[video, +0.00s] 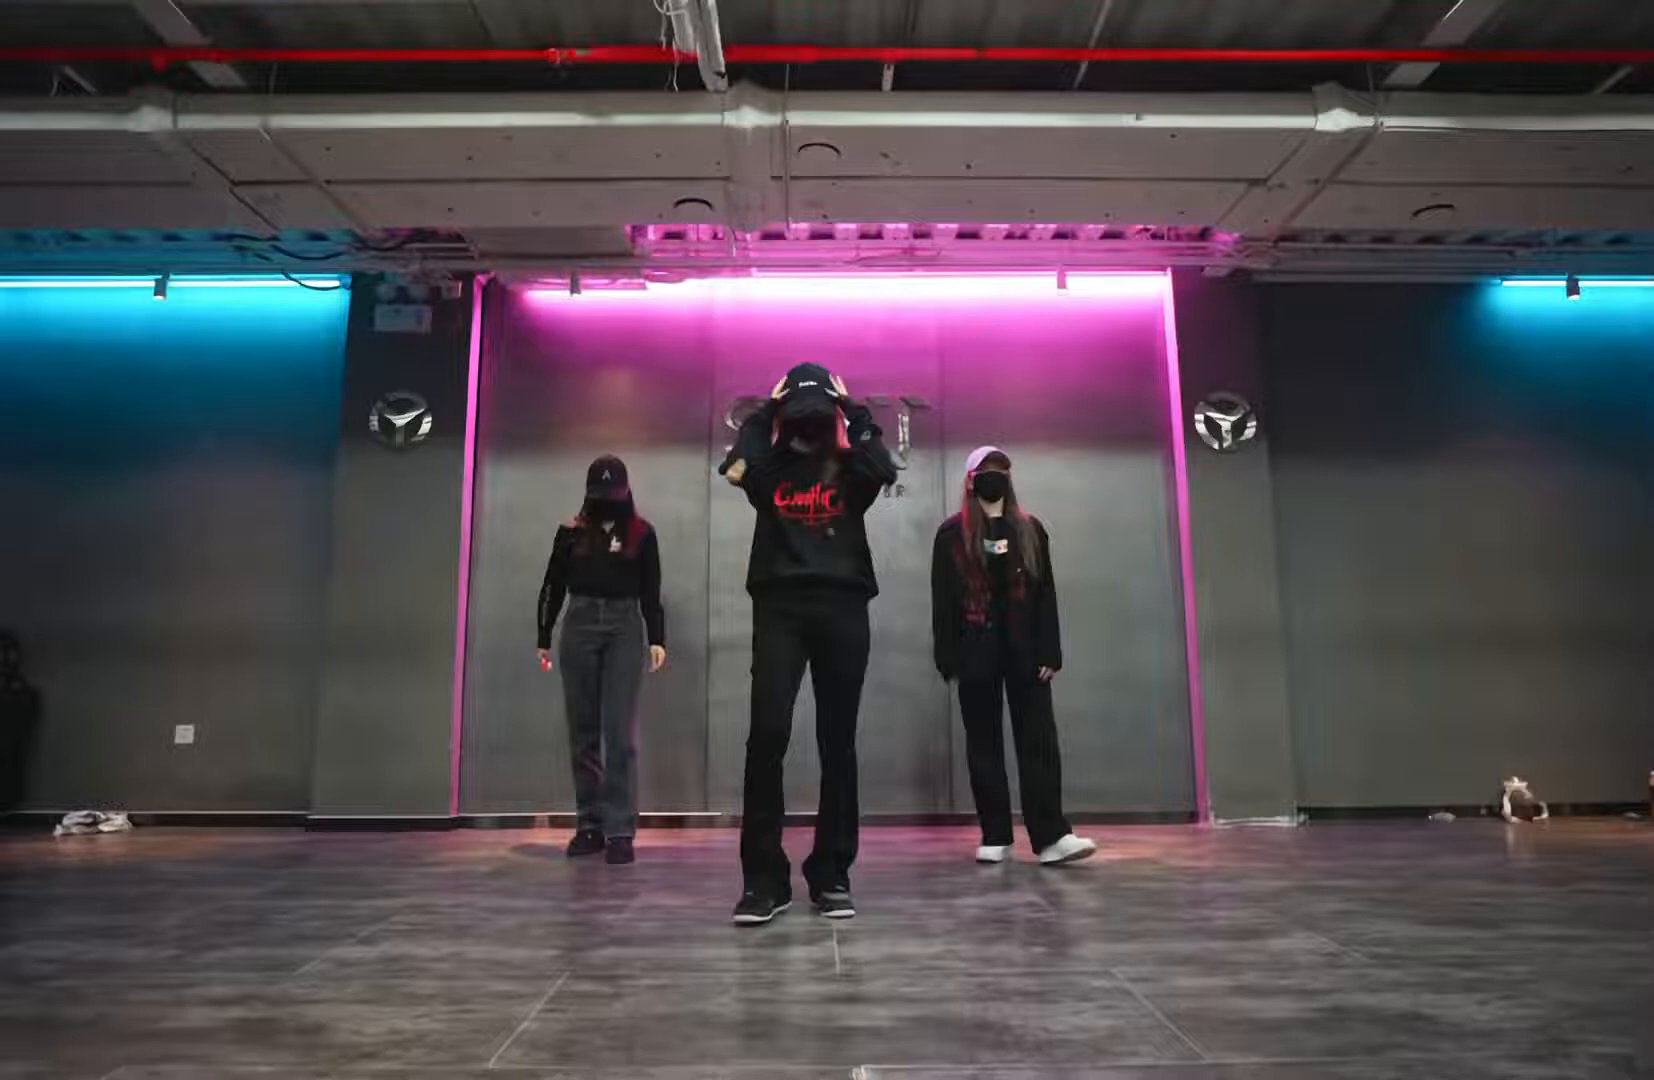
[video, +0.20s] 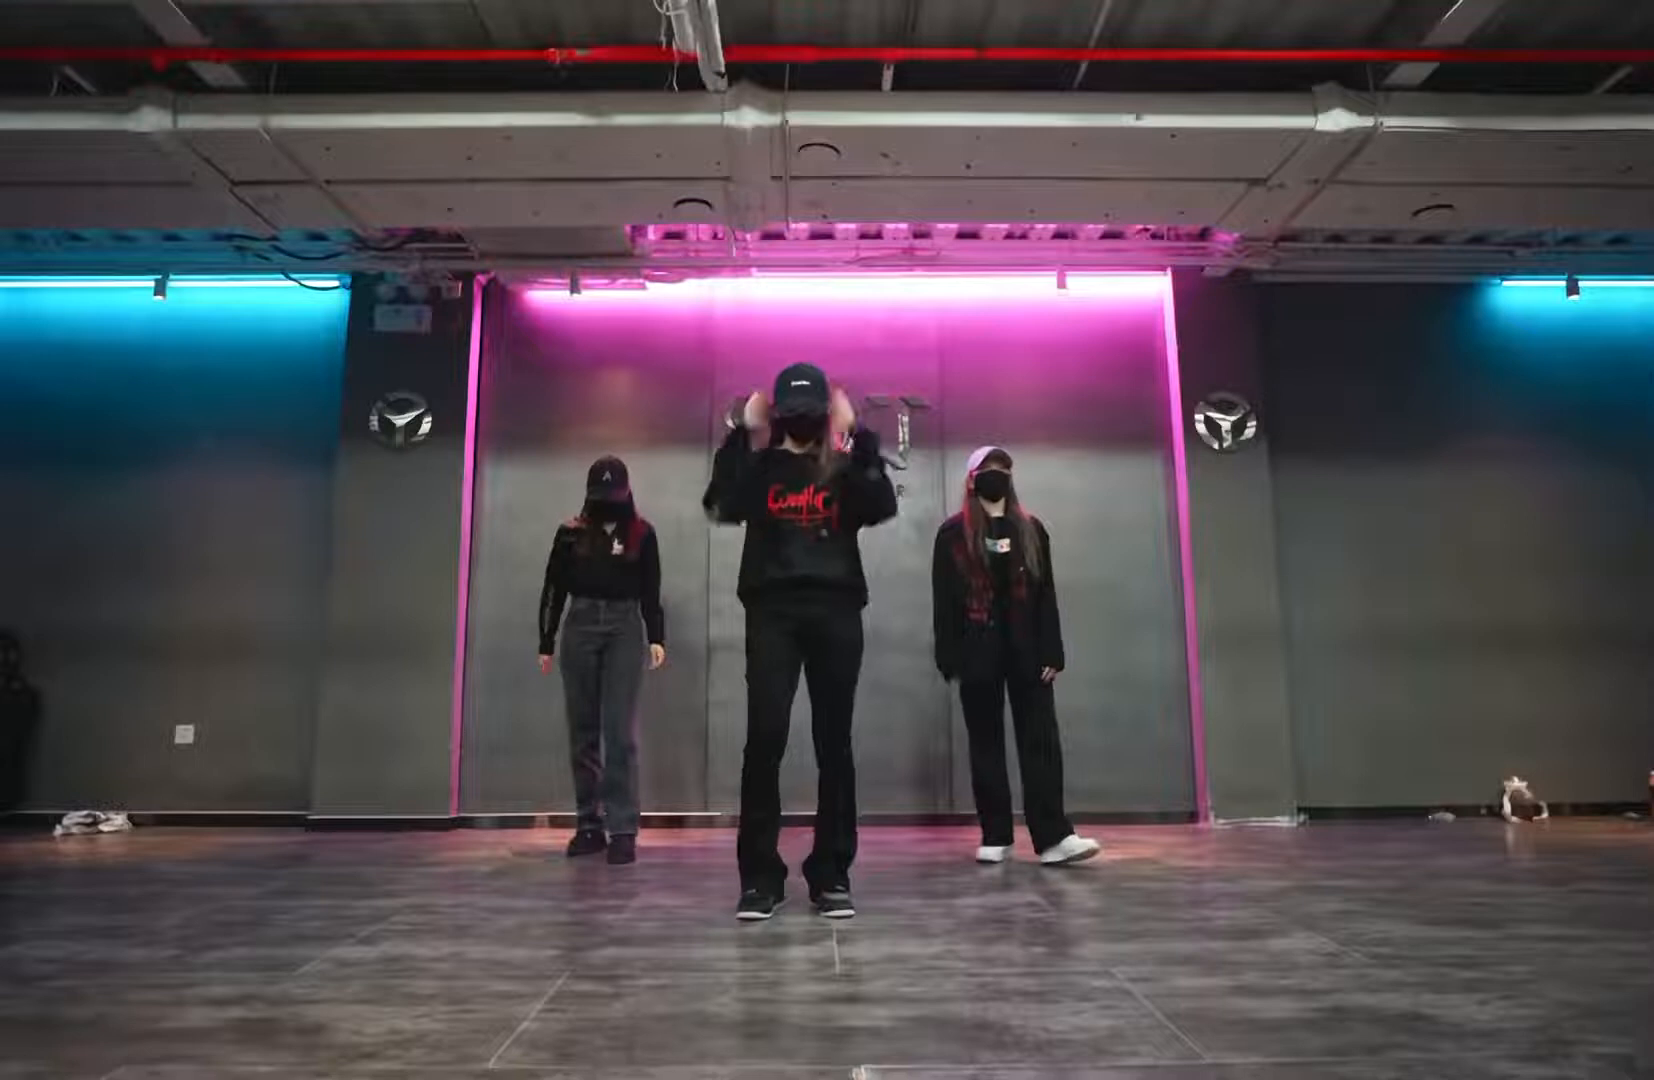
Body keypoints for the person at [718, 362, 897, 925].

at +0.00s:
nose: (809, 422)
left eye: (818, 413)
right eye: (800, 413)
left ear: (837, 413)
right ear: (783, 416)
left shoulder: (853, 460)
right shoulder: (767, 462)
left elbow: (883, 469)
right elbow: (743, 467)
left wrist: (852, 411)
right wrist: (767, 410)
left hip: (842, 612)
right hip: (778, 612)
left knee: (837, 745)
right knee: (766, 743)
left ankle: (832, 878)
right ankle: (764, 883)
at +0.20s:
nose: (800, 425)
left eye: (810, 416)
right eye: (791, 416)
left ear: (826, 409)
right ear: (777, 410)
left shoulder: (852, 453)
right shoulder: (753, 455)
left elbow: (881, 509)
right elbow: (724, 507)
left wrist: (853, 440)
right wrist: (747, 436)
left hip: (835, 614)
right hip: (771, 614)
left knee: (833, 745)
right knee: (764, 744)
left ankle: (832, 878)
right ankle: (760, 882)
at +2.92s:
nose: (826, 391)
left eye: (834, 382)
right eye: (816, 383)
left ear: (849, 390)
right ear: (801, 391)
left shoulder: (874, 459)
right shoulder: (778, 459)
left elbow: (897, 542)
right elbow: (757, 544)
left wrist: (898, 612)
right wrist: (761, 615)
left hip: (865, 615)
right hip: (798, 616)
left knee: (867, 748)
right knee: (804, 748)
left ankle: (867, 884)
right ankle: (811, 881)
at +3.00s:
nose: (825, 393)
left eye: (834, 384)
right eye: (815, 385)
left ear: (848, 392)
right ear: (799, 393)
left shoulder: (872, 460)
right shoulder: (776, 461)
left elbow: (895, 542)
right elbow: (756, 545)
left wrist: (898, 612)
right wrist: (760, 616)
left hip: (865, 616)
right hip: (798, 617)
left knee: (868, 748)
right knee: (805, 748)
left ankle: (865, 884)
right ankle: (813, 880)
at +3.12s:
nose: (822, 397)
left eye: (831, 388)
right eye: (812, 388)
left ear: (845, 395)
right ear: (796, 397)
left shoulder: (869, 463)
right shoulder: (774, 465)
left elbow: (895, 544)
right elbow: (756, 547)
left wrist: (898, 616)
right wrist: (760, 619)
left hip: (862, 618)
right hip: (797, 619)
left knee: (866, 748)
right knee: (806, 749)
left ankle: (865, 884)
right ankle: (813, 880)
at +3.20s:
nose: (820, 398)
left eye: (829, 389)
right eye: (810, 389)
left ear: (843, 396)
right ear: (794, 398)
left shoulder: (868, 464)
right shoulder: (773, 466)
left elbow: (895, 542)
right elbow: (754, 549)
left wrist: (898, 612)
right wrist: (760, 619)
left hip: (861, 618)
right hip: (795, 619)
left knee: (865, 747)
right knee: (804, 749)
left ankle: (865, 882)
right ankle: (812, 879)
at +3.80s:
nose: (834, 400)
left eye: (842, 391)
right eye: (824, 392)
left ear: (856, 398)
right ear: (808, 399)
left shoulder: (880, 465)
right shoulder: (785, 466)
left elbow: (905, 545)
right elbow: (766, 550)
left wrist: (901, 615)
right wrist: (771, 620)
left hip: (870, 619)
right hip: (805, 620)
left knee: (873, 743)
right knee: (809, 747)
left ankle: (882, 870)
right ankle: (812, 877)